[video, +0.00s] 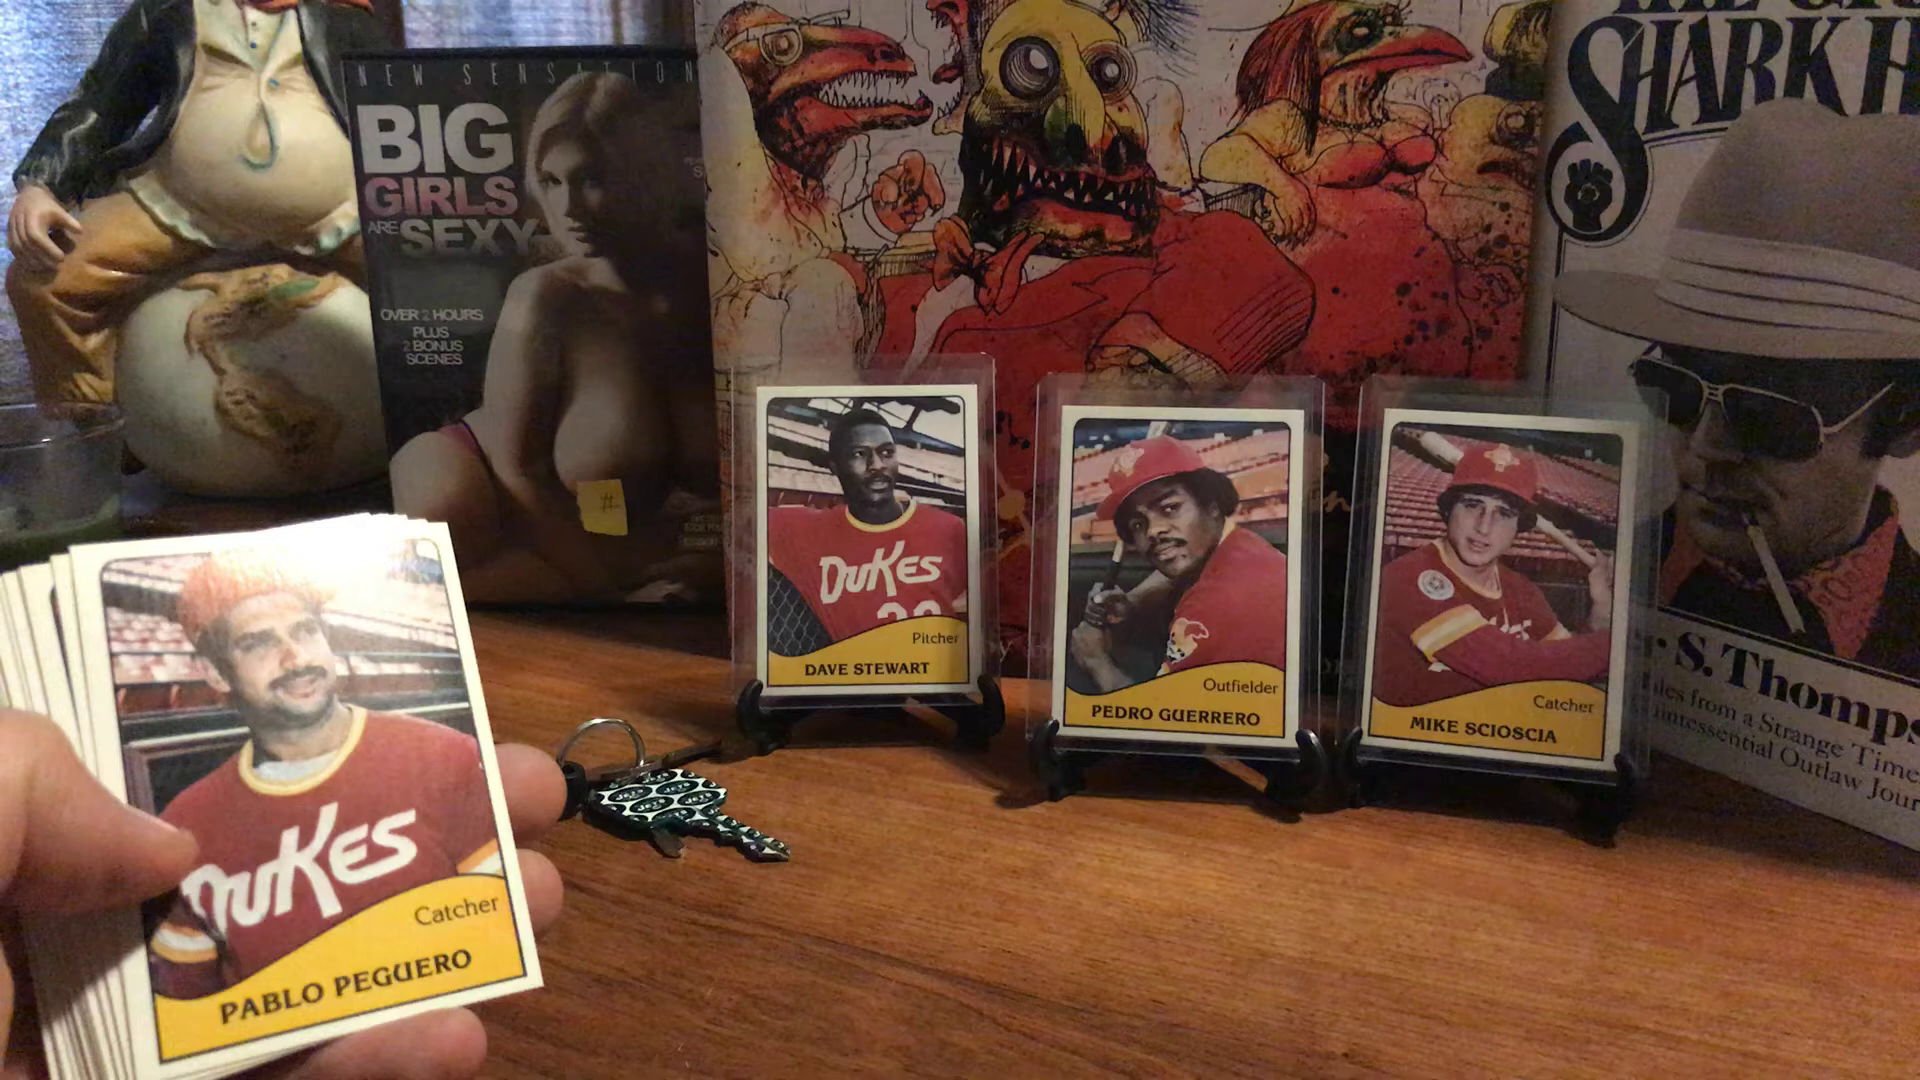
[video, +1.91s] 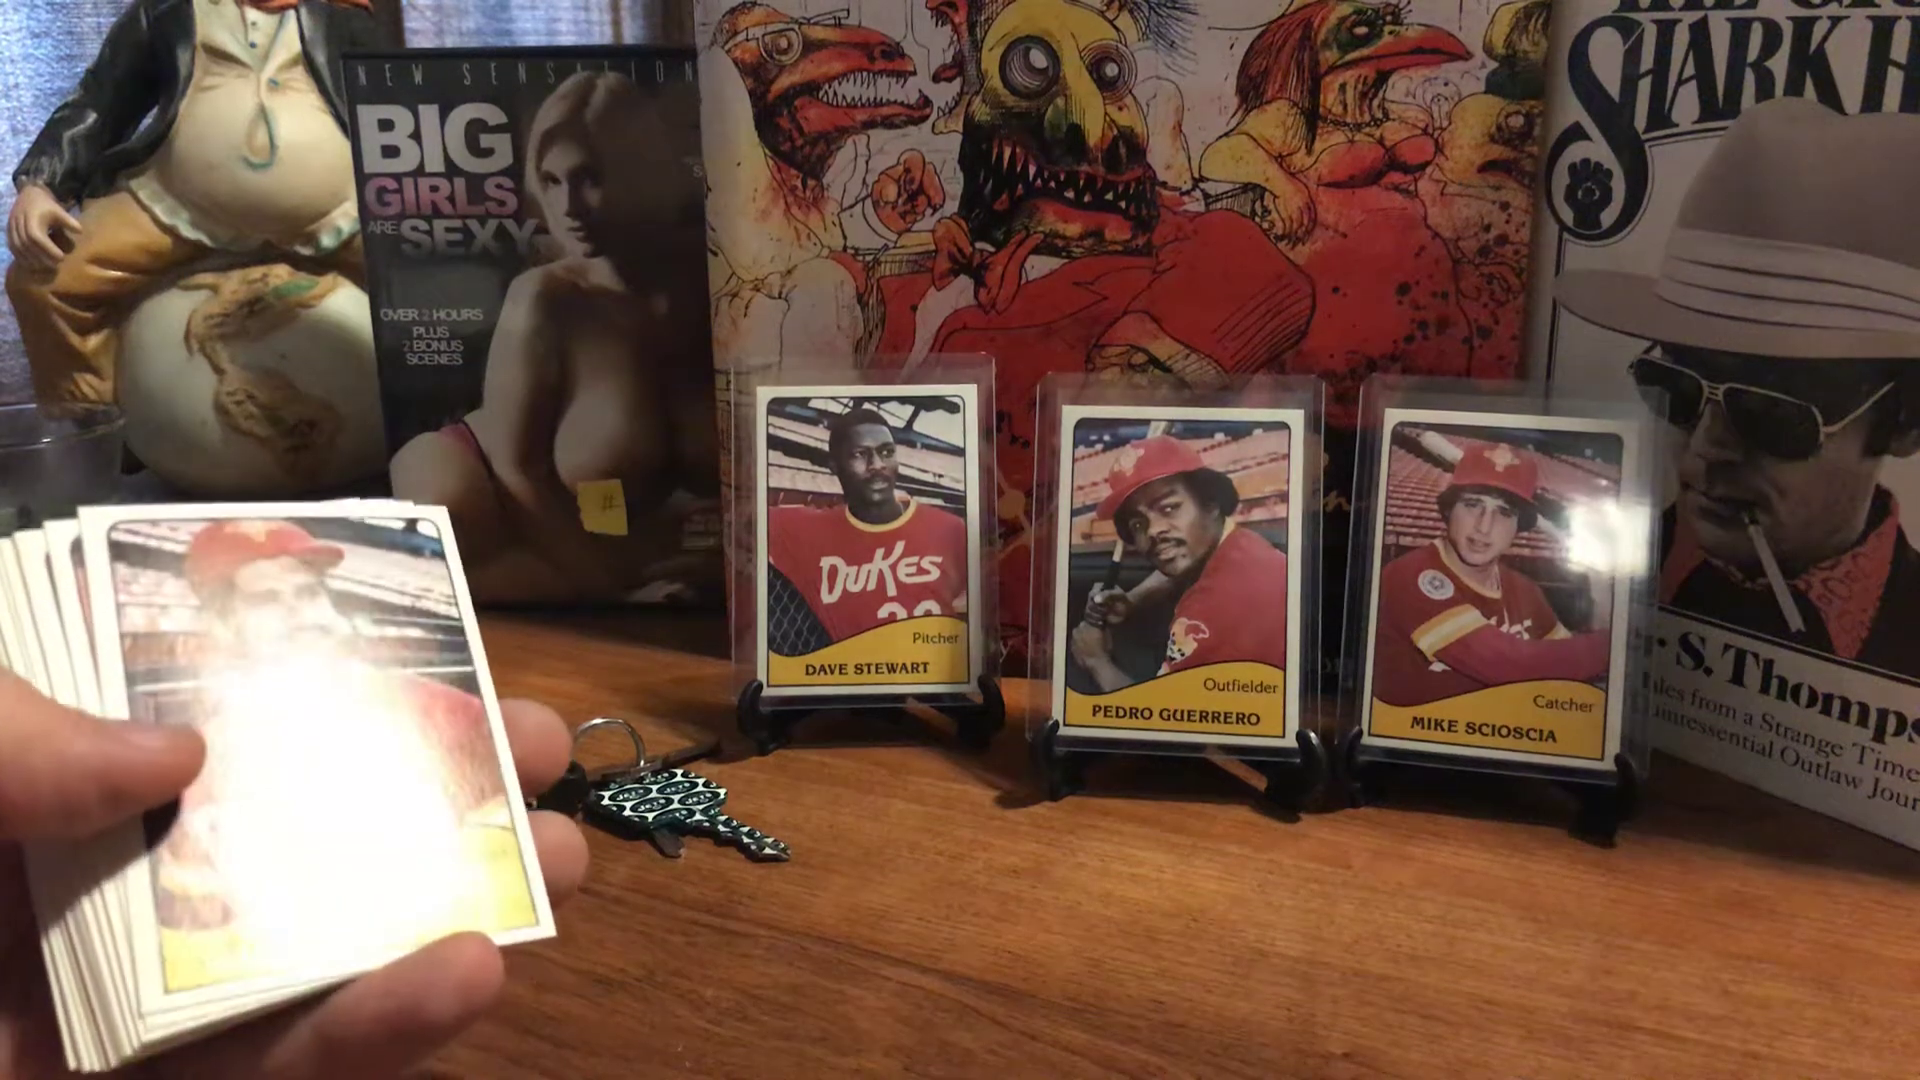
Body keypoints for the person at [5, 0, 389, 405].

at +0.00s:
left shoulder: (350, 18)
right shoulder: (167, 10)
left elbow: (400, 110)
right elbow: (99, 102)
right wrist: (36, 182)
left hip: (338, 210)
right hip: (179, 205)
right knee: (43, 281)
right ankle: (103, 453)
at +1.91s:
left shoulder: (349, 20)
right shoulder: (165, 12)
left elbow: (401, 112)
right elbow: (97, 104)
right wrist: (36, 183)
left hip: (339, 211)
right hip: (178, 207)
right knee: (44, 282)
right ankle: (101, 445)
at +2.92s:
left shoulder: (348, 19)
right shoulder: (164, 13)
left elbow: (399, 107)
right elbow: (99, 101)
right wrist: (36, 183)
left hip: (341, 211)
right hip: (178, 208)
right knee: (42, 280)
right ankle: (105, 444)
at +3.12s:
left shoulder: (352, 19)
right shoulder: (165, 12)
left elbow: (402, 112)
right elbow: (97, 105)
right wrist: (36, 183)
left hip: (339, 213)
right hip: (178, 207)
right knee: (43, 282)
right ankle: (102, 442)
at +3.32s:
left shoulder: (354, 16)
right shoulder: (164, 12)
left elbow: (401, 101)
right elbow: (98, 100)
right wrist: (34, 182)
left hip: (338, 209)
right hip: (177, 203)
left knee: (444, 294)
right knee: (42, 283)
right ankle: (99, 448)